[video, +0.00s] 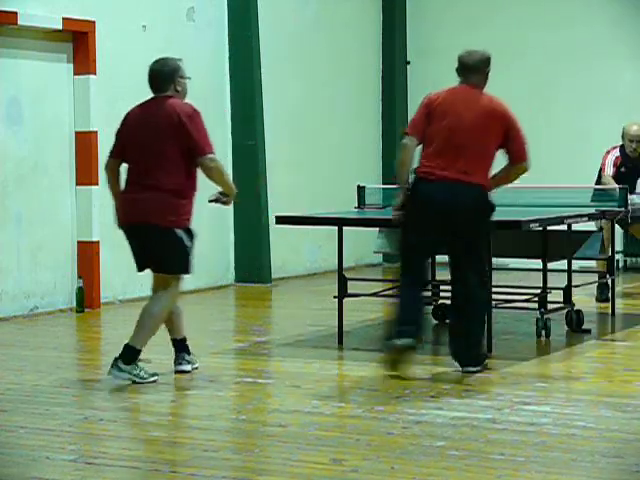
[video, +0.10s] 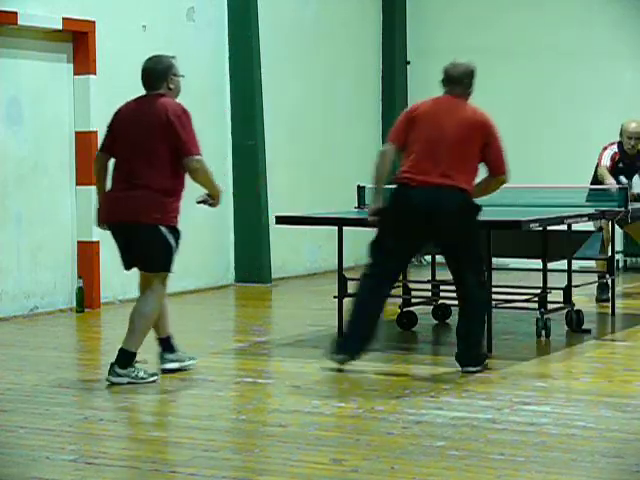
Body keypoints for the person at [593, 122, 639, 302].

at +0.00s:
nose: (634, 146)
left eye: (637, 141)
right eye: (630, 141)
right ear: (623, 141)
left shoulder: (637, 160)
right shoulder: (613, 154)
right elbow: (606, 179)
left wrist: (630, 200)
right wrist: (622, 197)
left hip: (630, 205)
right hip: (606, 204)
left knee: (635, 229)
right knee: (607, 232)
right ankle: (602, 280)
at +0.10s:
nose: (632, 143)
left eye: (636, 139)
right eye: (628, 138)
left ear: (639, 140)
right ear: (621, 138)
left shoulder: (637, 156)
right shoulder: (611, 150)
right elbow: (602, 172)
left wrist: (633, 195)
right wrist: (617, 191)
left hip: (627, 202)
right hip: (602, 201)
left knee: (636, 232)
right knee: (605, 235)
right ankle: (602, 281)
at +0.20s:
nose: (628, 135)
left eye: (632, 131)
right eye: (625, 130)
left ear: (636, 133)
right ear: (617, 129)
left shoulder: (635, 150)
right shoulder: (608, 143)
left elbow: (636, 172)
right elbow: (594, 161)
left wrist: (637, 190)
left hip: (621, 200)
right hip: (597, 199)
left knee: (636, 233)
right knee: (603, 238)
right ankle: (602, 282)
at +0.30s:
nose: (624, 128)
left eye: (629, 124)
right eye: (621, 123)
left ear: (634, 126)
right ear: (613, 124)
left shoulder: (633, 146)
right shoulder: (604, 139)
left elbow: (631, 172)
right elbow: (588, 159)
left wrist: (631, 195)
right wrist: (600, 167)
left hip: (619, 198)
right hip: (595, 198)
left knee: (636, 236)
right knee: (602, 238)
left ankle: (636, 279)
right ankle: (602, 282)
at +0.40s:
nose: (623, 123)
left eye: (627, 119)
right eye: (619, 118)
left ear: (632, 122)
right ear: (611, 119)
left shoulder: (631, 143)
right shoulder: (600, 138)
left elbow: (630, 169)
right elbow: (582, 159)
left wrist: (631, 193)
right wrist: (597, 171)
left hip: (618, 197)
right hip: (594, 198)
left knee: (634, 236)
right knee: (601, 238)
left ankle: (629, 278)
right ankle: (601, 282)